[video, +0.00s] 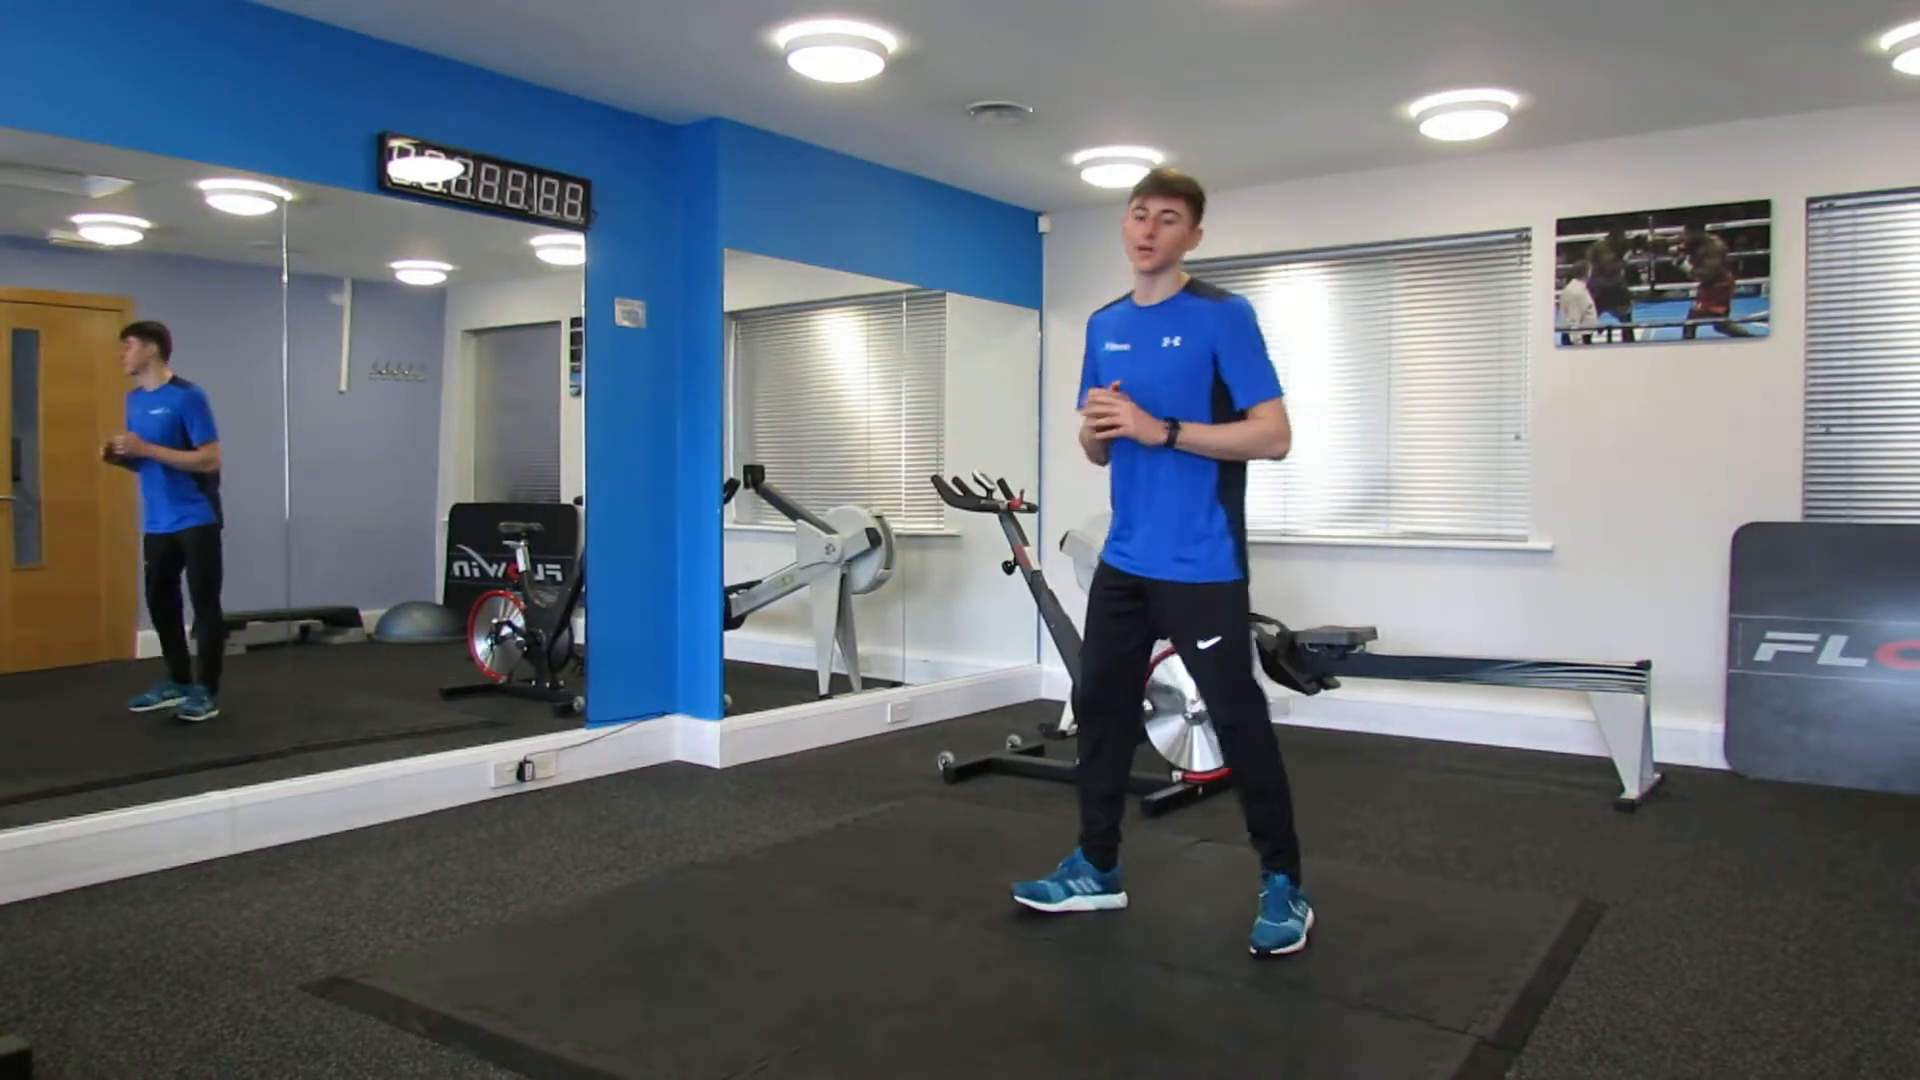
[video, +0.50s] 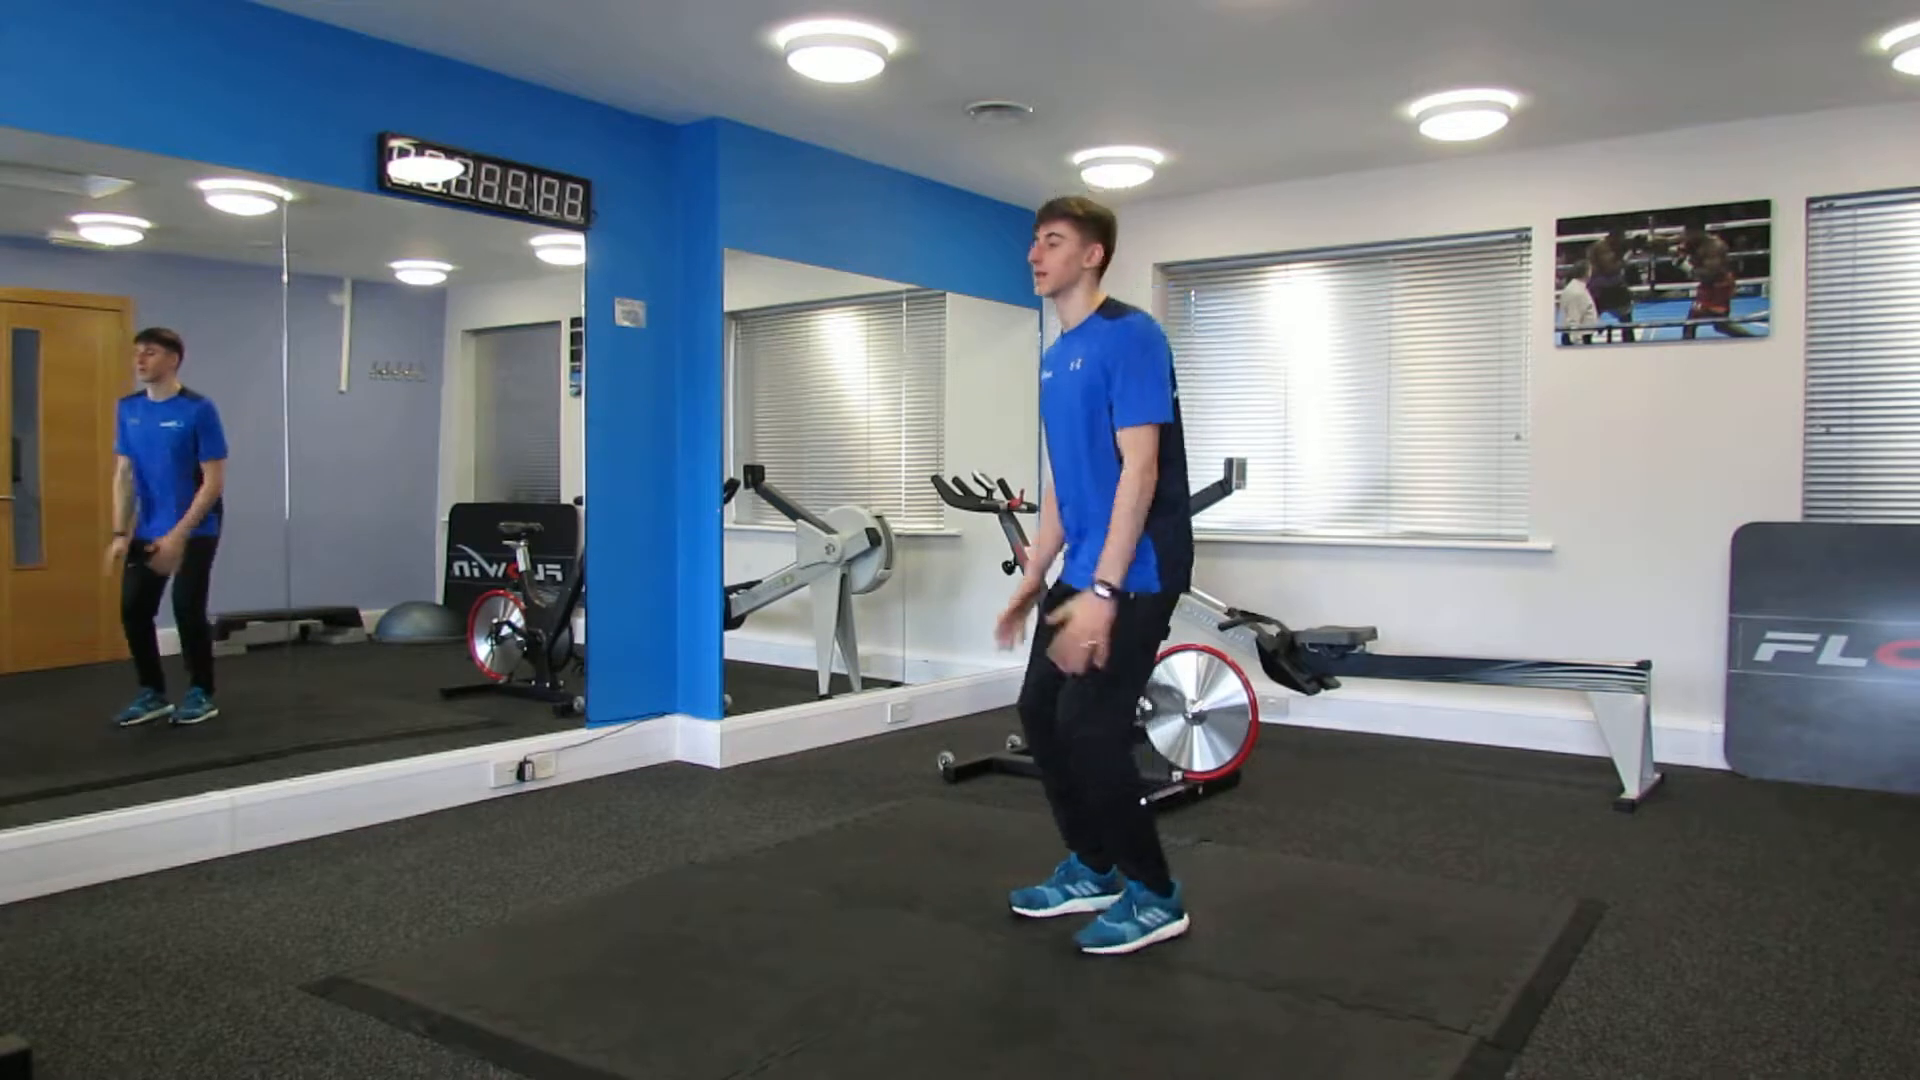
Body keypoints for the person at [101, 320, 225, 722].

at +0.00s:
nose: (123, 354)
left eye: (128, 346)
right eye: (123, 347)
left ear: (153, 350)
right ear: (141, 353)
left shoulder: (189, 396)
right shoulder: (134, 400)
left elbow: (212, 459)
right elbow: (146, 461)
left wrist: (147, 449)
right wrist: (118, 456)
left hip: (197, 520)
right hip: (157, 523)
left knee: (205, 604)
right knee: (161, 602)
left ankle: (207, 691)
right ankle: (179, 681)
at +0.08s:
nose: (129, 353)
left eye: (136, 345)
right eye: (129, 346)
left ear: (161, 350)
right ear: (143, 354)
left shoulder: (196, 397)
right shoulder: (135, 399)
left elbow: (218, 459)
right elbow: (145, 461)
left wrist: (152, 449)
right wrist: (121, 453)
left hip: (201, 521)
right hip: (160, 524)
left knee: (208, 604)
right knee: (149, 596)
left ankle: (208, 693)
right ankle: (177, 678)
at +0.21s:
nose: (136, 352)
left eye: (144, 344)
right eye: (135, 345)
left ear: (171, 349)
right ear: (141, 352)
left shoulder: (202, 396)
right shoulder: (137, 397)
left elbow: (226, 459)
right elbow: (145, 462)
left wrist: (159, 452)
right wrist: (127, 453)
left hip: (202, 522)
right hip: (159, 522)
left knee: (211, 610)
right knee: (144, 598)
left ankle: (208, 692)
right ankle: (175, 678)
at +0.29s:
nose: (140, 349)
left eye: (148, 342)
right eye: (138, 342)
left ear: (174, 346)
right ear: (140, 349)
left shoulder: (204, 395)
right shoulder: (136, 393)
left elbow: (226, 458)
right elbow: (132, 446)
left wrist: (158, 467)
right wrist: (129, 462)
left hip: (202, 522)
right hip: (158, 522)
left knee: (210, 609)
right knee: (150, 603)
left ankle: (207, 691)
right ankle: (169, 685)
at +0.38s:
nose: (141, 349)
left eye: (150, 342)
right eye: (139, 342)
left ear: (174, 348)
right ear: (139, 350)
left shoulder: (203, 397)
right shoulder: (133, 396)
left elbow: (222, 463)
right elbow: (133, 451)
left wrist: (162, 491)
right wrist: (135, 491)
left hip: (202, 523)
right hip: (158, 522)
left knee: (203, 609)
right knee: (149, 606)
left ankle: (207, 692)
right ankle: (161, 689)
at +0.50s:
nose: (142, 360)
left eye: (151, 354)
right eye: (139, 354)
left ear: (174, 360)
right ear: (135, 362)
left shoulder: (199, 410)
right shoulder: (129, 409)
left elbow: (213, 483)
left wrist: (179, 534)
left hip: (195, 528)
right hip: (150, 528)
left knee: (188, 609)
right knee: (134, 611)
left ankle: (203, 692)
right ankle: (154, 692)